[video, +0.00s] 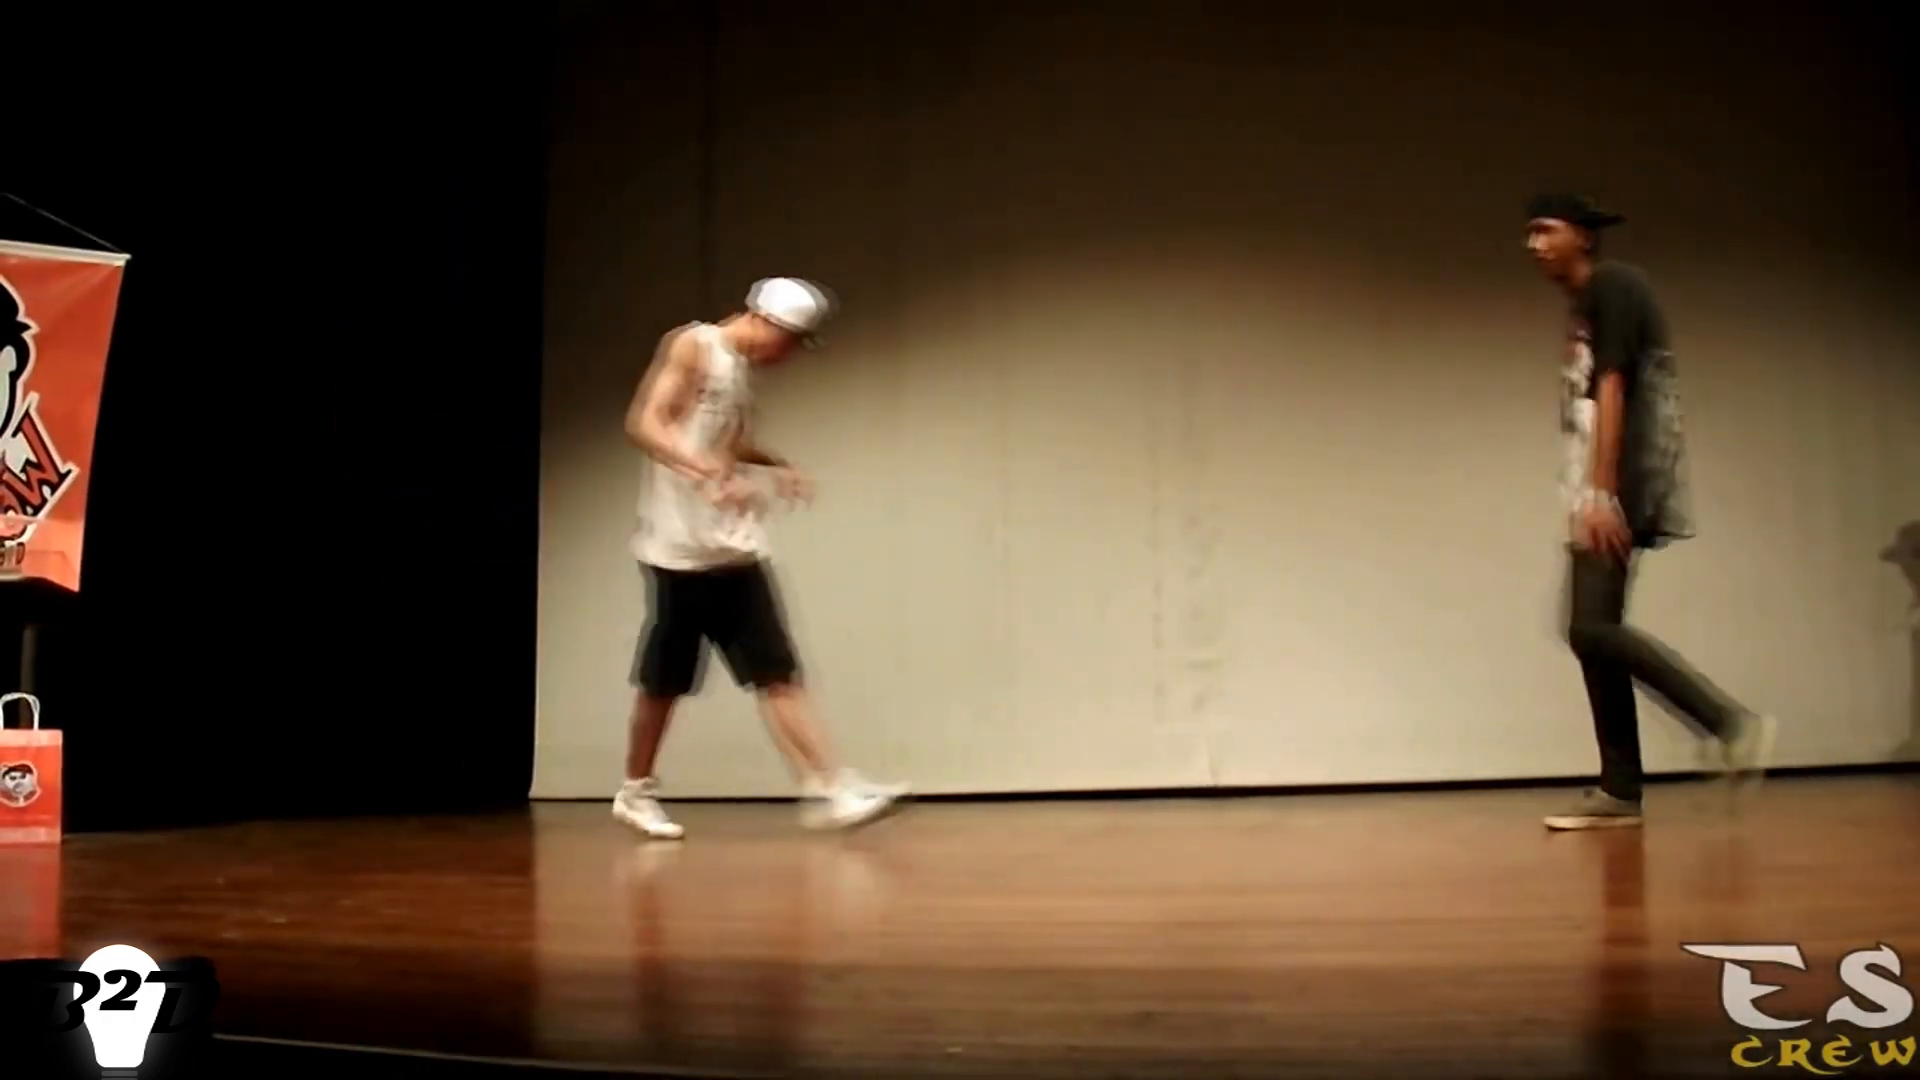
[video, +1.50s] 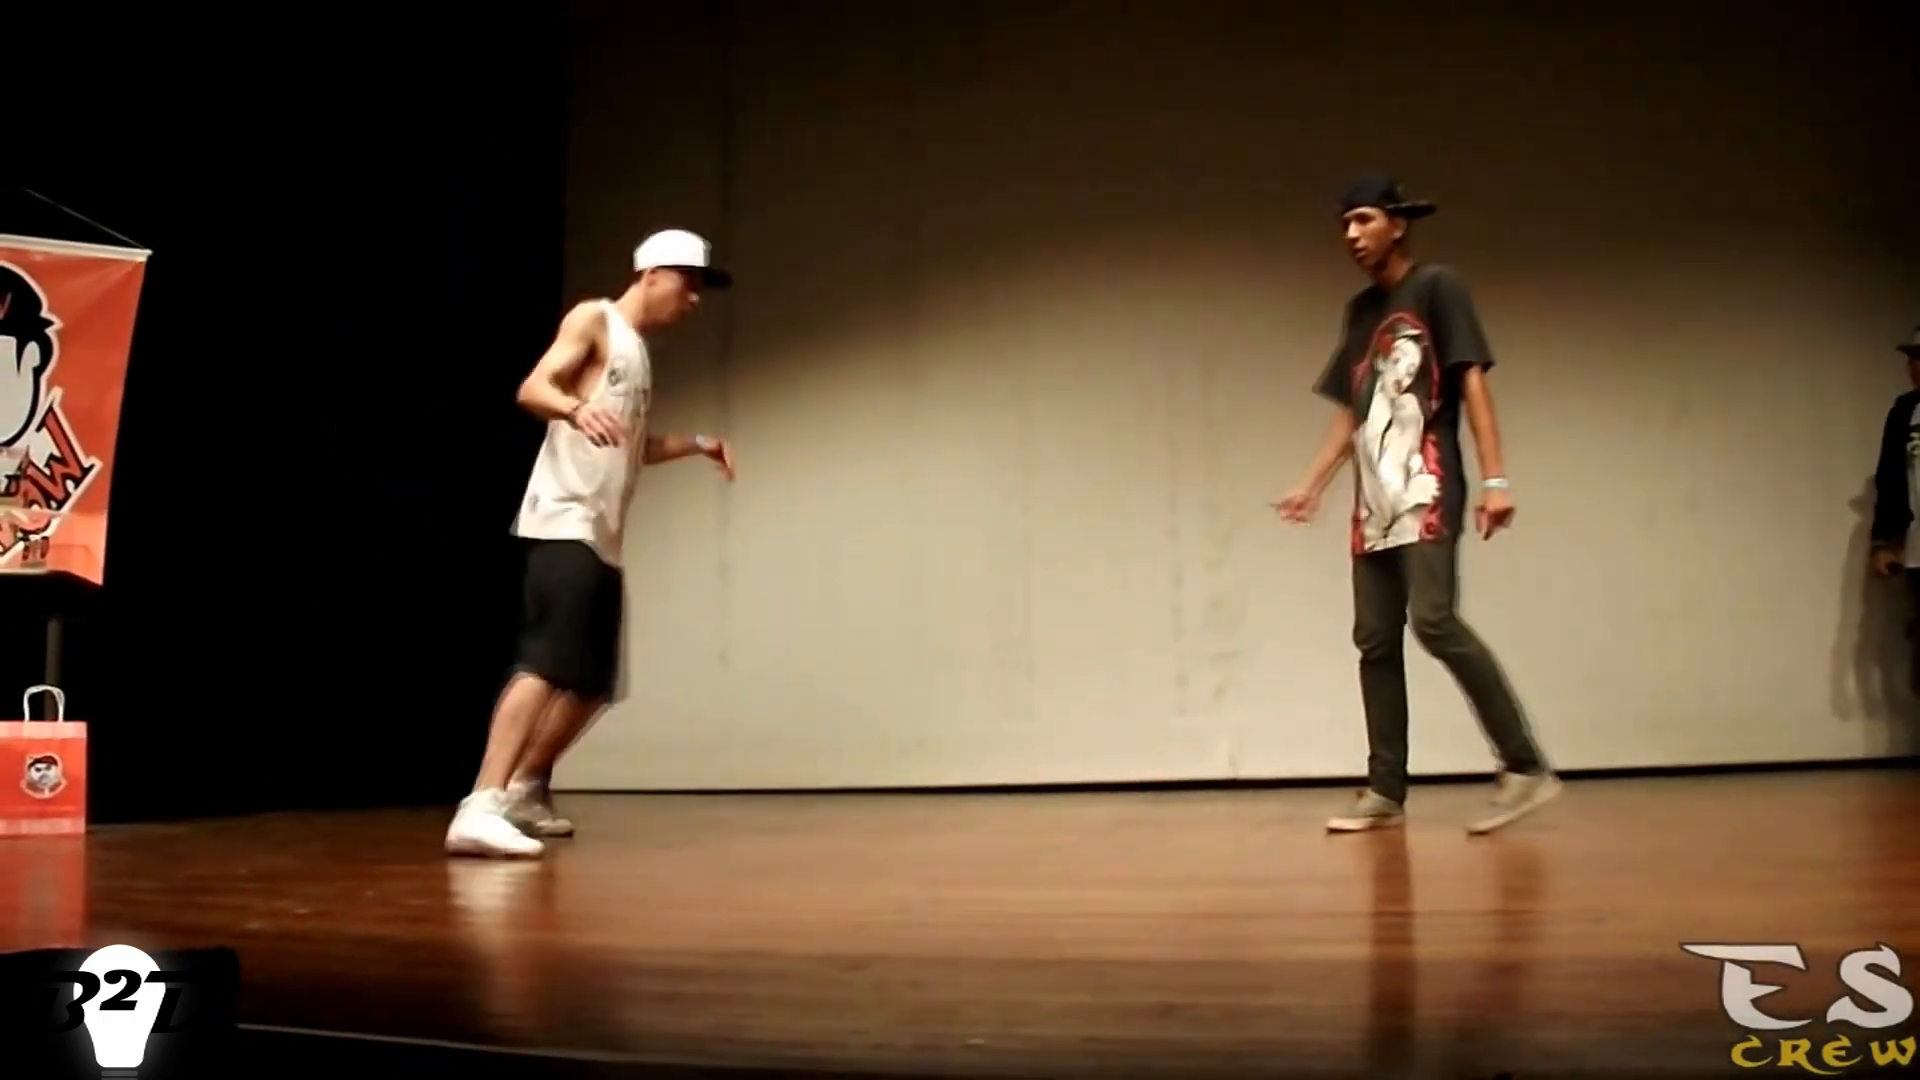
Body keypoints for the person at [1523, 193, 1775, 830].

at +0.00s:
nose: (1534, 243)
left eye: (1546, 231)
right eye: (1532, 233)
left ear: (1582, 236)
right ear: (1558, 244)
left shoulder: (1613, 289)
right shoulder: (1592, 300)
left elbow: (1611, 395)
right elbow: (1602, 404)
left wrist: (1602, 492)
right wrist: (1593, 496)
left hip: (1616, 497)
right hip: (1600, 499)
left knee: (1594, 630)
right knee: (1595, 634)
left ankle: (1733, 725)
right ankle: (1620, 790)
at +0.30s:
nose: (1464, 257)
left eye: (1474, 243)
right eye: (1462, 246)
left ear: (1511, 243)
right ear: (1489, 252)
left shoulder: (1546, 295)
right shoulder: (1526, 308)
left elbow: (1562, 387)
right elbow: (1539, 415)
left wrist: (1500, 474)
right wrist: (1513, 502)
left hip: (1564, 509)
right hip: (1555, 508)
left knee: (1519, 640)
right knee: (1584, 643)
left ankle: (1472, 792)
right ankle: (1623, 789)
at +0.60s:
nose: (1403, 264)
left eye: (1412, 250)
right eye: (1399, 253)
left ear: (1447, 246)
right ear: (1418, 255)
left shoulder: (1484, 300)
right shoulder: (1456, 310)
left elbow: (1489, 411)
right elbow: (1463, 424)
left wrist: (1478, 512)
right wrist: (1445, 512)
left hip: (1492, 506)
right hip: (1468, 507)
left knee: (1481, 644)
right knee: (1448, 637)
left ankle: (1471, 797)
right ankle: (1562, 743)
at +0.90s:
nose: (1370, 249)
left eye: (1381, 234)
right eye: (1364, 239)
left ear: (1414, 237)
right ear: (1366, 251)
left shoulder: (1454, 294)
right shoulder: (1394, 318)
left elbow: (1470, 400)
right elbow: (1397, 425)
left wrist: (1446, 499)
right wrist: (1382, 512)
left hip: (1461, 503)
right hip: (1416, 508)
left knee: (1462, 644)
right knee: (1410, 644)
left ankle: (1472, 794)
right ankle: (1399, 787)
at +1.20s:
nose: (1343, 247)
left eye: (1354, 234)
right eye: (1334, 238)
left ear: (1384, 238)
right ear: (1331, 248)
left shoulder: (1423, 295)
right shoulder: (1343, 325)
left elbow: (1461, 387)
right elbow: (1337, 431)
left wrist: (1449, 470)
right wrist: (1322, 523)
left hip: (1424, 499)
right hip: (1369, 507)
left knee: (1415, 629)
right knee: (1364, 644)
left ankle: (1459, 779)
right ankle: (1375, 794)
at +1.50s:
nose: (1353, 233)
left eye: (1364, 220)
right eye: (1347, 224)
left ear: (1398, 225)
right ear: (1346, 236)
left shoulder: (1437, 287)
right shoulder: (1360, 309)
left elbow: (1472, 383)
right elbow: (1350, 413)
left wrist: (1494, 479)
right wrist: (1311, 483)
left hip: (1428, 493)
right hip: (1372, 502)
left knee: (1435, 623)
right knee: (1375, 641)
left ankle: (1528, 769)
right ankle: (1385, 793)